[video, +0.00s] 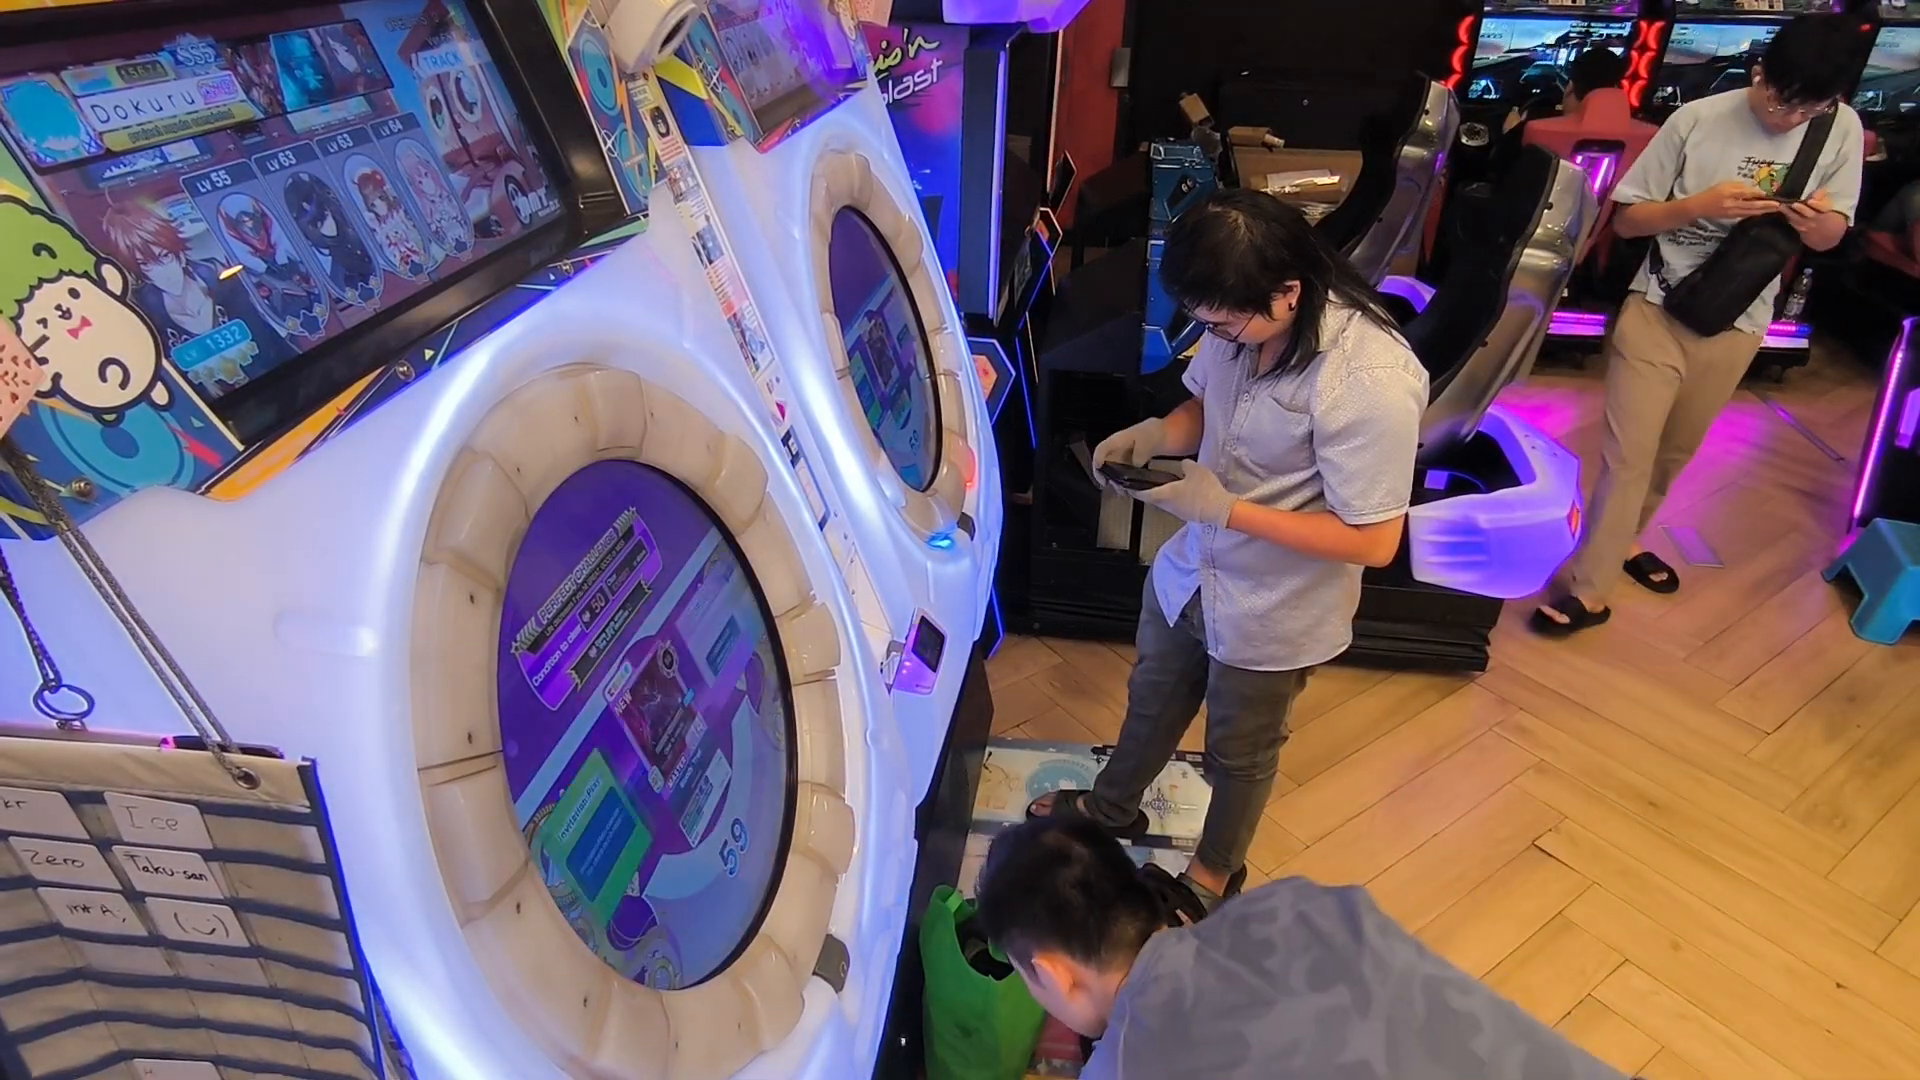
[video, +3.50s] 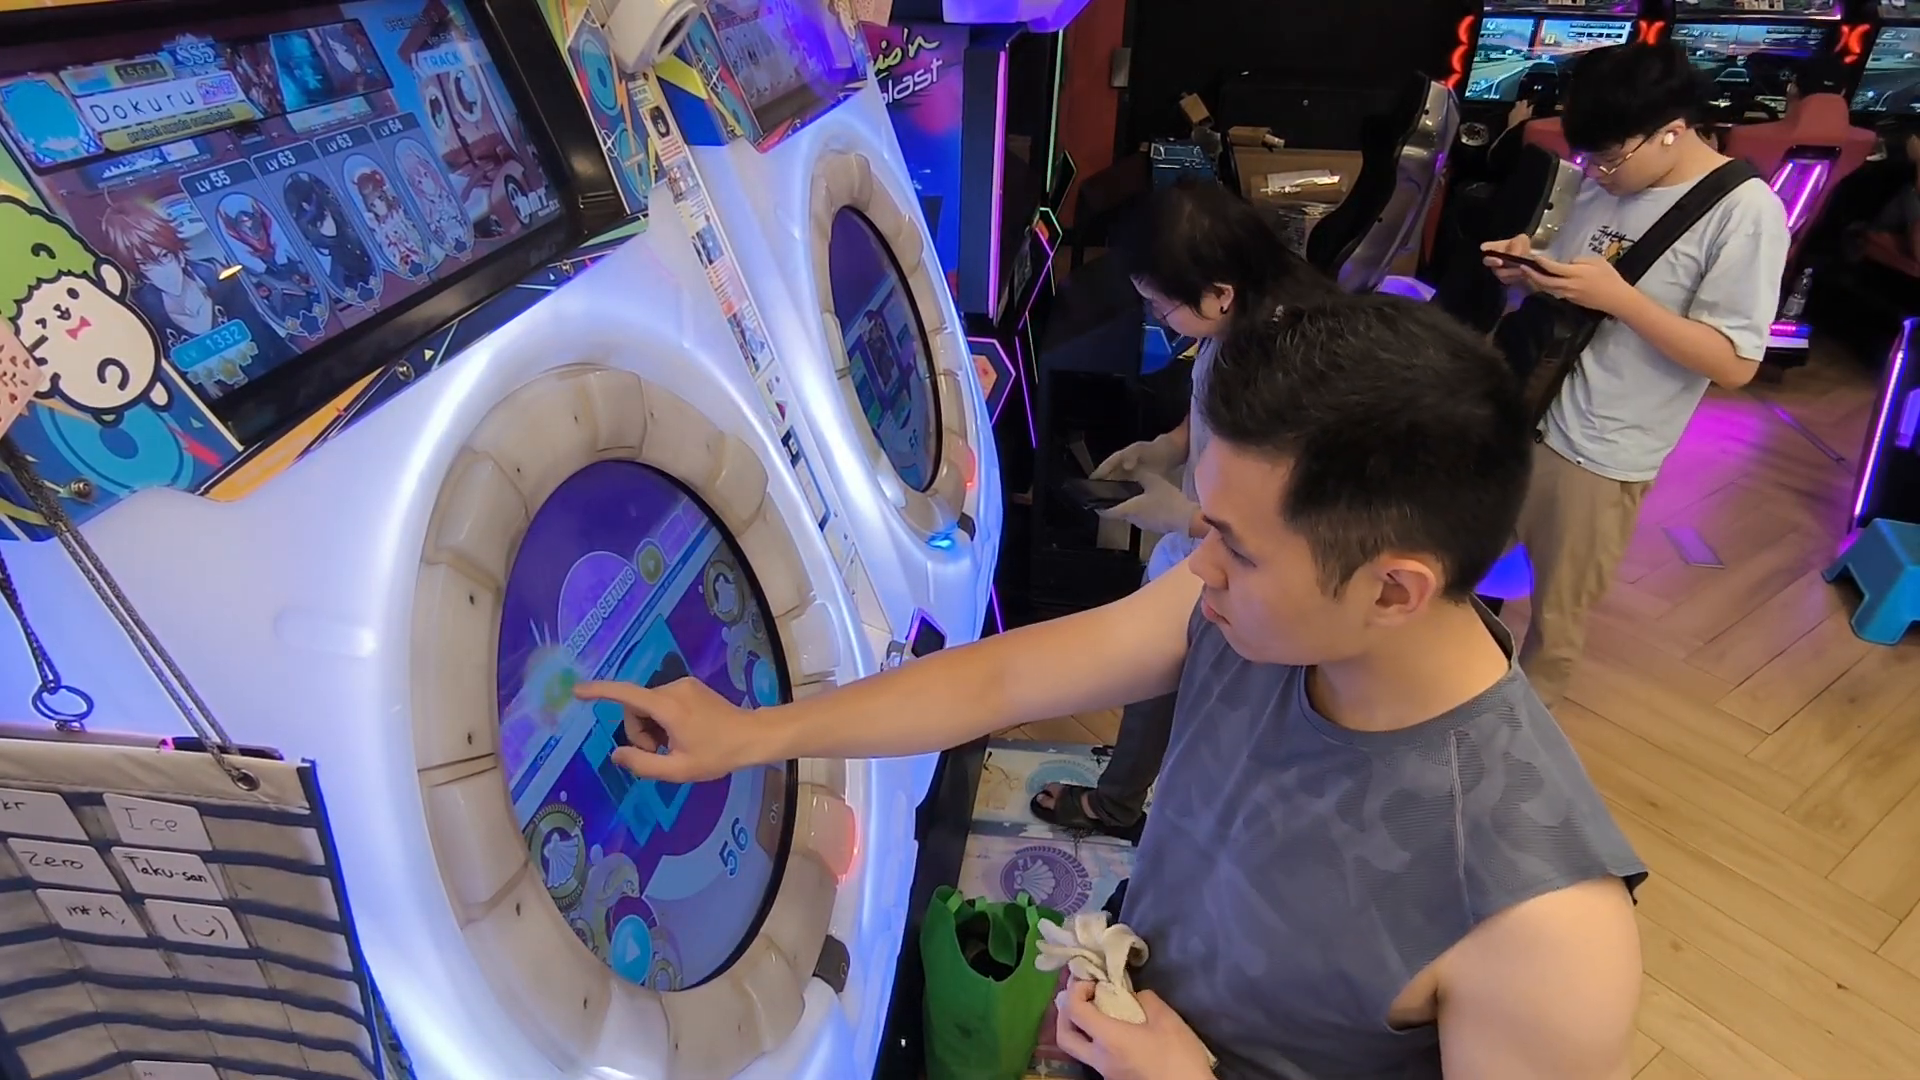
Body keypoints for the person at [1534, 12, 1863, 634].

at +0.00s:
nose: (1785, 115)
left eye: (1804, 107)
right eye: (1780, 97)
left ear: (1828, 98)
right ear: (1761, 70)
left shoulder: (1840, 132)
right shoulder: (1696, 121)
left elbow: (1832, 235)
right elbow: (1624, 219)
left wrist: (1820, 227)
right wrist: (1697, 207)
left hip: (1736, 330)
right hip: (1656, 310)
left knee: (1674, 452)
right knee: (1628, 456)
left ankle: (1624, 543)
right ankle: (1586, 592)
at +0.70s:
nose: (1750, 129)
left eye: (1768, 118)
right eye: (1739, 112)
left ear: (1794, 100)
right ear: (1717, 87)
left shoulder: (1823, 136)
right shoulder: (1660, 140)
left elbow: (1836, 248)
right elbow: (1602, 252)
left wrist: (1816, 224)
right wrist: (1671, 226)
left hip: (1742, 356)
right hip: (1646, 341)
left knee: (1711, 498)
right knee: (1615, 482)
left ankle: (1679, 625)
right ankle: (1585, 597)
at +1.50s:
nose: (1854, 151)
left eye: (1877, 139)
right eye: (1842, 129)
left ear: (1907, 125)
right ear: (1821, 104)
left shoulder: (1912, 195)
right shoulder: (1759, 159)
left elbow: (1915, 308)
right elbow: (1675, 275)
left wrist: (1891, 277)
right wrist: (1738, 262)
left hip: (1799, 420)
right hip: (1698, 382)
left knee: (1725, 558)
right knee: (1632, 518)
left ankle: (1672, 675)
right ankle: (1614, 603)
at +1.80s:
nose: (1844, 161)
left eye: (1867, 151)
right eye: (1832, 140)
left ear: (1906, 138)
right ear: (1817, 113)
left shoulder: (1916, 209)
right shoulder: (1768, 161)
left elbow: (1916, 328)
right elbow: (1677, 276)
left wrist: (1878, 295)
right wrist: (1721, 270)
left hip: (1788, 431)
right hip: (1690, 389)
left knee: (1719, 567)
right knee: (1621, 542)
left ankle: (1671, 678)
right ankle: (1582, 684)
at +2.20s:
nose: (1744, 161)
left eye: (1765, 149)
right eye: (1732, 140)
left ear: (1823, 121)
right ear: (1719, 115)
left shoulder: (1871, 192)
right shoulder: (1684, 174)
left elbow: (1873, 327)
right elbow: (1610, 296)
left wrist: (1790, 289)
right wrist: (1641, 277)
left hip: (1724, 438)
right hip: (1621, 406)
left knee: (1691, 577)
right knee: (1571, 563)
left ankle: (1668, 680)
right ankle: (1539, 701)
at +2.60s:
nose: (1660, 160)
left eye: (1676, 147)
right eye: (1650, 143)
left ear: (1731, 122)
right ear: (1641, 121)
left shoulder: (1802, 192)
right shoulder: (1629, 168)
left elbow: (1806, 331)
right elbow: (1557, 282)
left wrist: (1706, 287)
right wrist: (1569, 274)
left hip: (1658, 442)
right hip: (1569, 410)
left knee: (1600, 600)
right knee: (1541, 576)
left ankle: (1585, 737)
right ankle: (1536, 713)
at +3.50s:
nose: (1593, 172)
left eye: (1607, 158)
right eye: (1587, 156)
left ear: (1671, 133)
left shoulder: (1747, 211)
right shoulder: (1606, 177)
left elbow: (1735, 363)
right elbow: (1556, 281)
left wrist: (1618, 298)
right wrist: (1524, 268)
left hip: (1604, 456)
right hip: (1531, 413)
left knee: (1555, 613)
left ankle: (1527, 717)